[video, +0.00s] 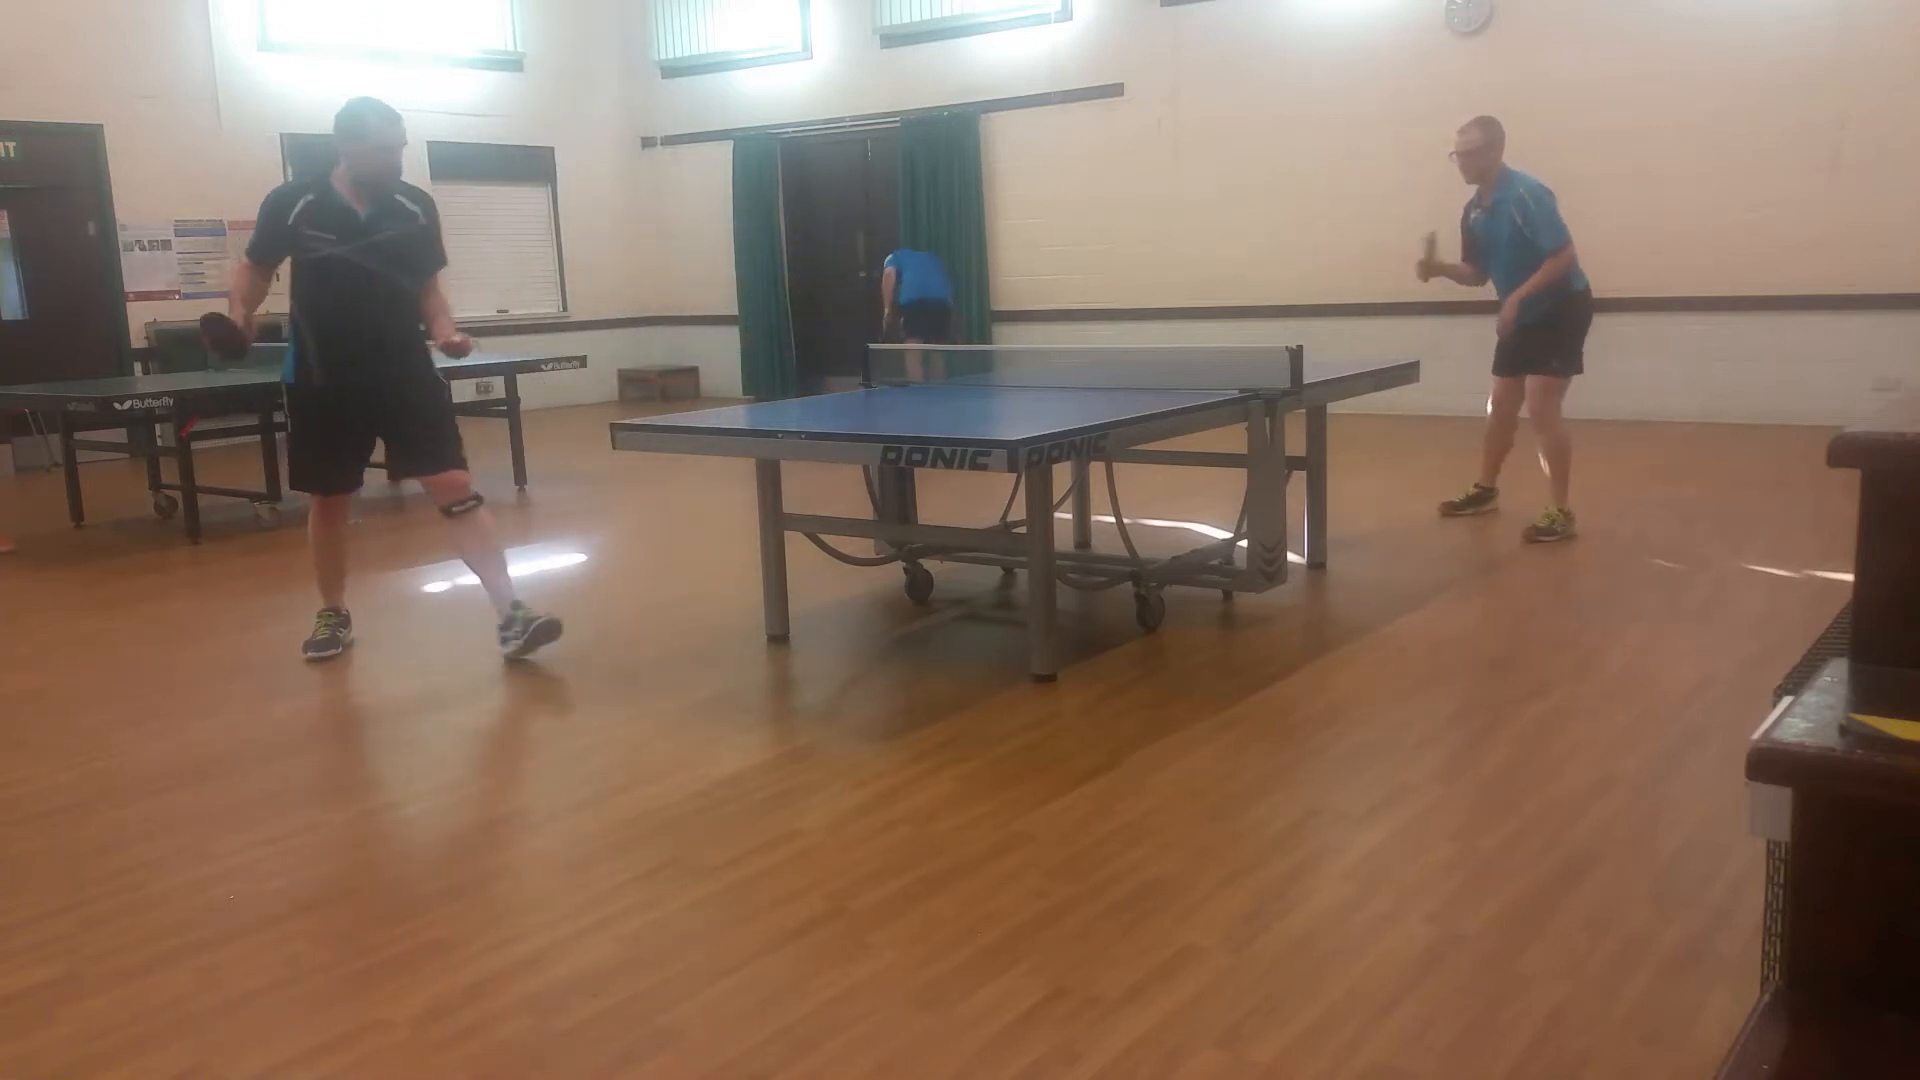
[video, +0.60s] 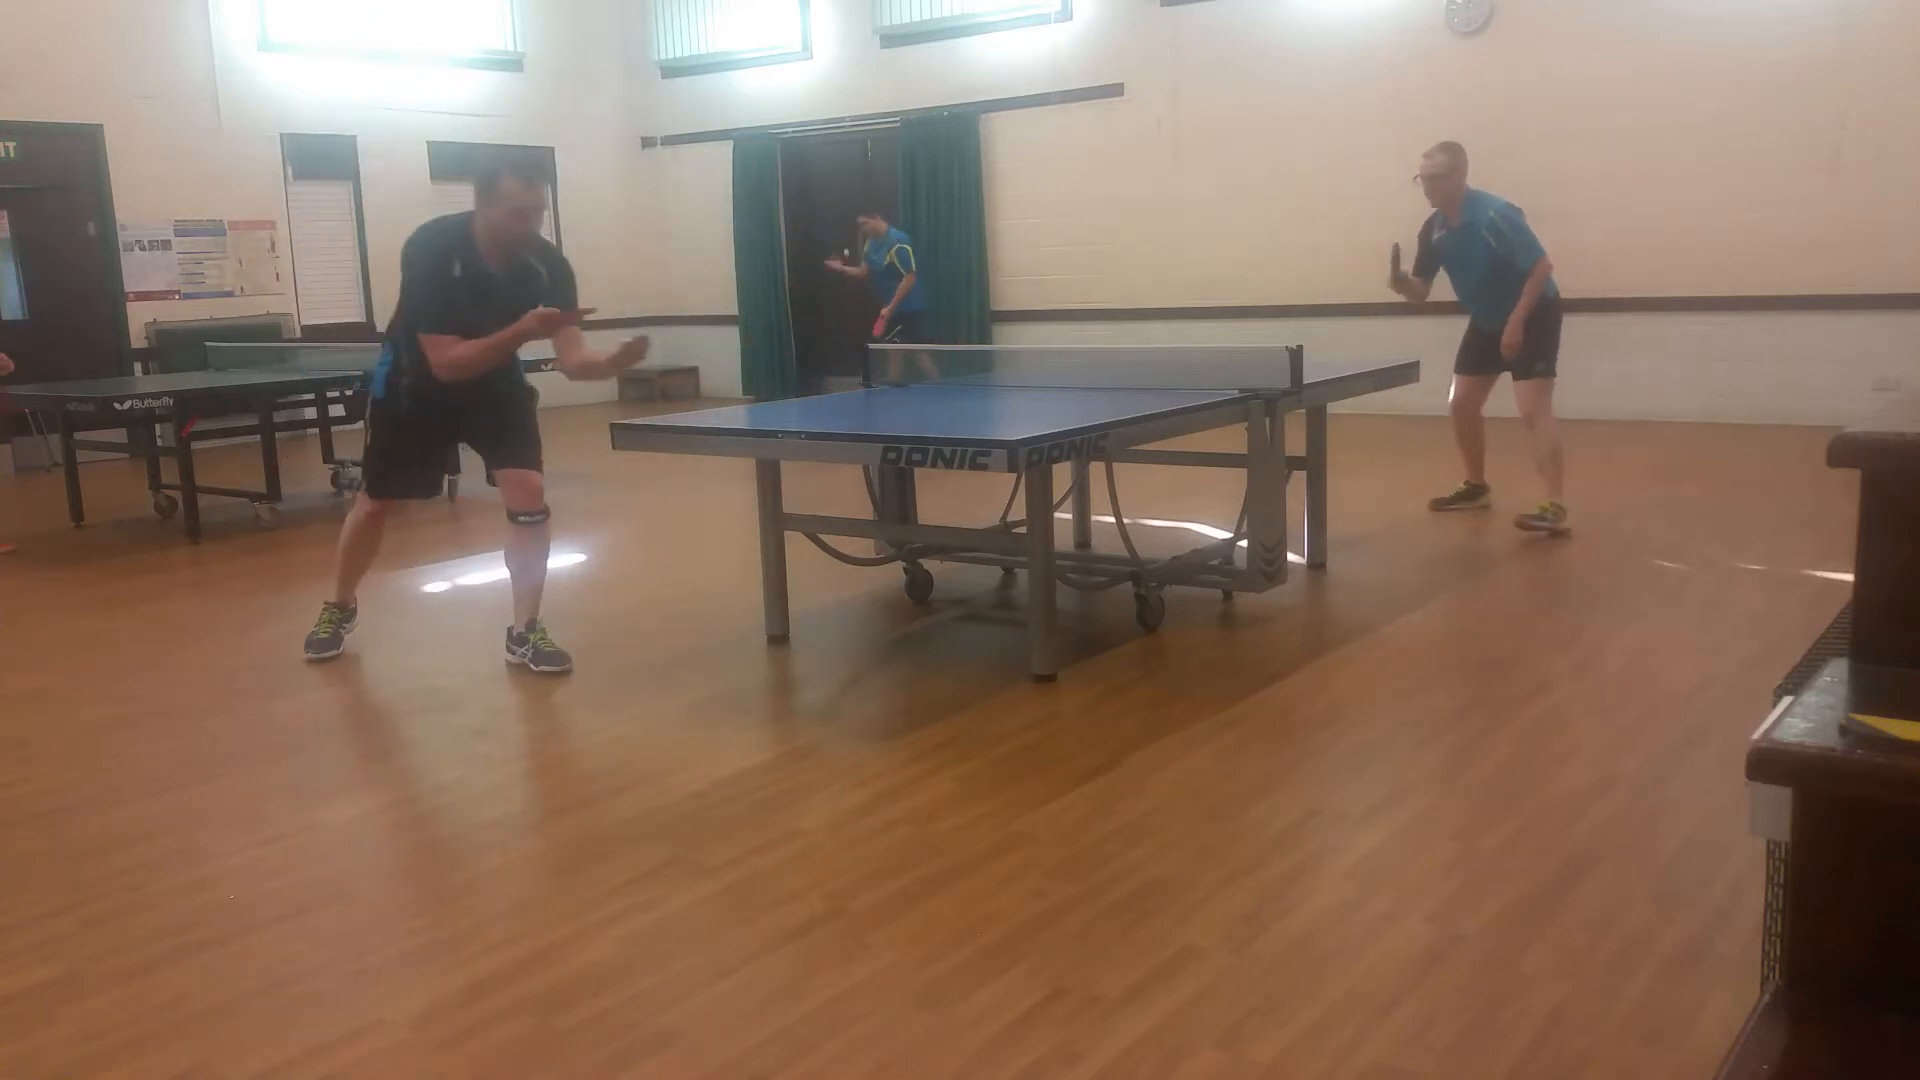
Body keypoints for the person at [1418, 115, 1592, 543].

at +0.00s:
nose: (1457, 162)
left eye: (1465, 154)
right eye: (1456, 155)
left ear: (1494, 152)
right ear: (1463, 156)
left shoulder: (1529, 194)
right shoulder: (1474, 210)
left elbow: (1565, 257)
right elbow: (1477, 273)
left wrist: (1516, 297)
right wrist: (1440, 268)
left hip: (1562, 303)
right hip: (1520, 308)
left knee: (1543, 408)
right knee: (1502, 404)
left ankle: (1560, 512)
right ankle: (1485, 489)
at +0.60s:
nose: (1423, 185)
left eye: (1430, 178)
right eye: (1421, 178)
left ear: (1456, 176)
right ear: (1428, 180)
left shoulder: (1497, 215)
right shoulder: (1433, 229)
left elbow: (1542, 268)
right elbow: (1419, 292)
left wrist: (1516, 320)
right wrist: (1401, 282)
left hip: (1533, 312)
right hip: (1488, 318)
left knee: (1534, 411)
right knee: (1462, 404)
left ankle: (1556, 505)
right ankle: (1475, 486)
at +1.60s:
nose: (1428, 182)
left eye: (1437, 174)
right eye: (1426, 174)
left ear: (1464, 174)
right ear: (1431, 177)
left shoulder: (1502, 213)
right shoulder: (1436, 224)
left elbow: (1542, 272)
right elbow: (1416, 285)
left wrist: (1512, 327)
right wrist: (1400, 274)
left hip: (1538, 307)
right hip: (1492, 312)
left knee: (1522, 403)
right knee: (1476, 402)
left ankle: (1536, 504)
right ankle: (1477, 486)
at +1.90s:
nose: (1426, 179)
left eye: (1434, 172)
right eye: (1424, 171)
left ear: (1461, 173)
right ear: (1429, 174)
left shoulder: (1499, 211)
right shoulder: (1434, 224)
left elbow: (1537, 273)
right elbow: (1417, 285)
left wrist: (1512, 327)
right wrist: (1399, 275)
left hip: (1535, 307)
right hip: (1490, 312)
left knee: (1519, 403)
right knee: (1474, 401)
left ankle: (1536, 503)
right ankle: (1477, 486)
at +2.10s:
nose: (1420, 176)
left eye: (1428, 168)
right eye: (1419, 168)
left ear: (1456, 170)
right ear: (1426, 172)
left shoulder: (1494, 209)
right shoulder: (1431, 222)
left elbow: (1534, 271)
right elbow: (1416, 286)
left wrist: (1513, 326)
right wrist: (1395, 270)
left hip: (1530, 309)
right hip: (1487, 314)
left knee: (1512, 404)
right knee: (1472, 401)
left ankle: (1536, 503)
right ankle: (1476, 486)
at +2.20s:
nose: (1420, 174)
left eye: (1429, 167)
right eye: (1419, 167)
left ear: (1456, 169)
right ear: (1423, 170)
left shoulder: (1493, 209)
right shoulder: (1431, 221)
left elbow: (1533, 270)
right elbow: (1417, 285)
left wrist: (1511, 325)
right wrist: (1394, 269)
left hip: (1530, 310)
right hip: (1487, 314)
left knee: (1508, 409)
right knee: (1471, 401)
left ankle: (1535, 503)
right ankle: (1476, 486)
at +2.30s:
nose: (1421, 172)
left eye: (1429, 165)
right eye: (1420, 165)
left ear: (1457, 166)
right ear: (1429, 170)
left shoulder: (1495, 207)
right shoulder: (1434, 219)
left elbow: (1534, 269)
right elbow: (1420, 285)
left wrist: (1510, 324)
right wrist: (1393, 267)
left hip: (1529, 311)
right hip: (1486, 315)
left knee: (1506, 408)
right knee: (1466, 404)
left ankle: (1536, 503)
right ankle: (1475, 486)